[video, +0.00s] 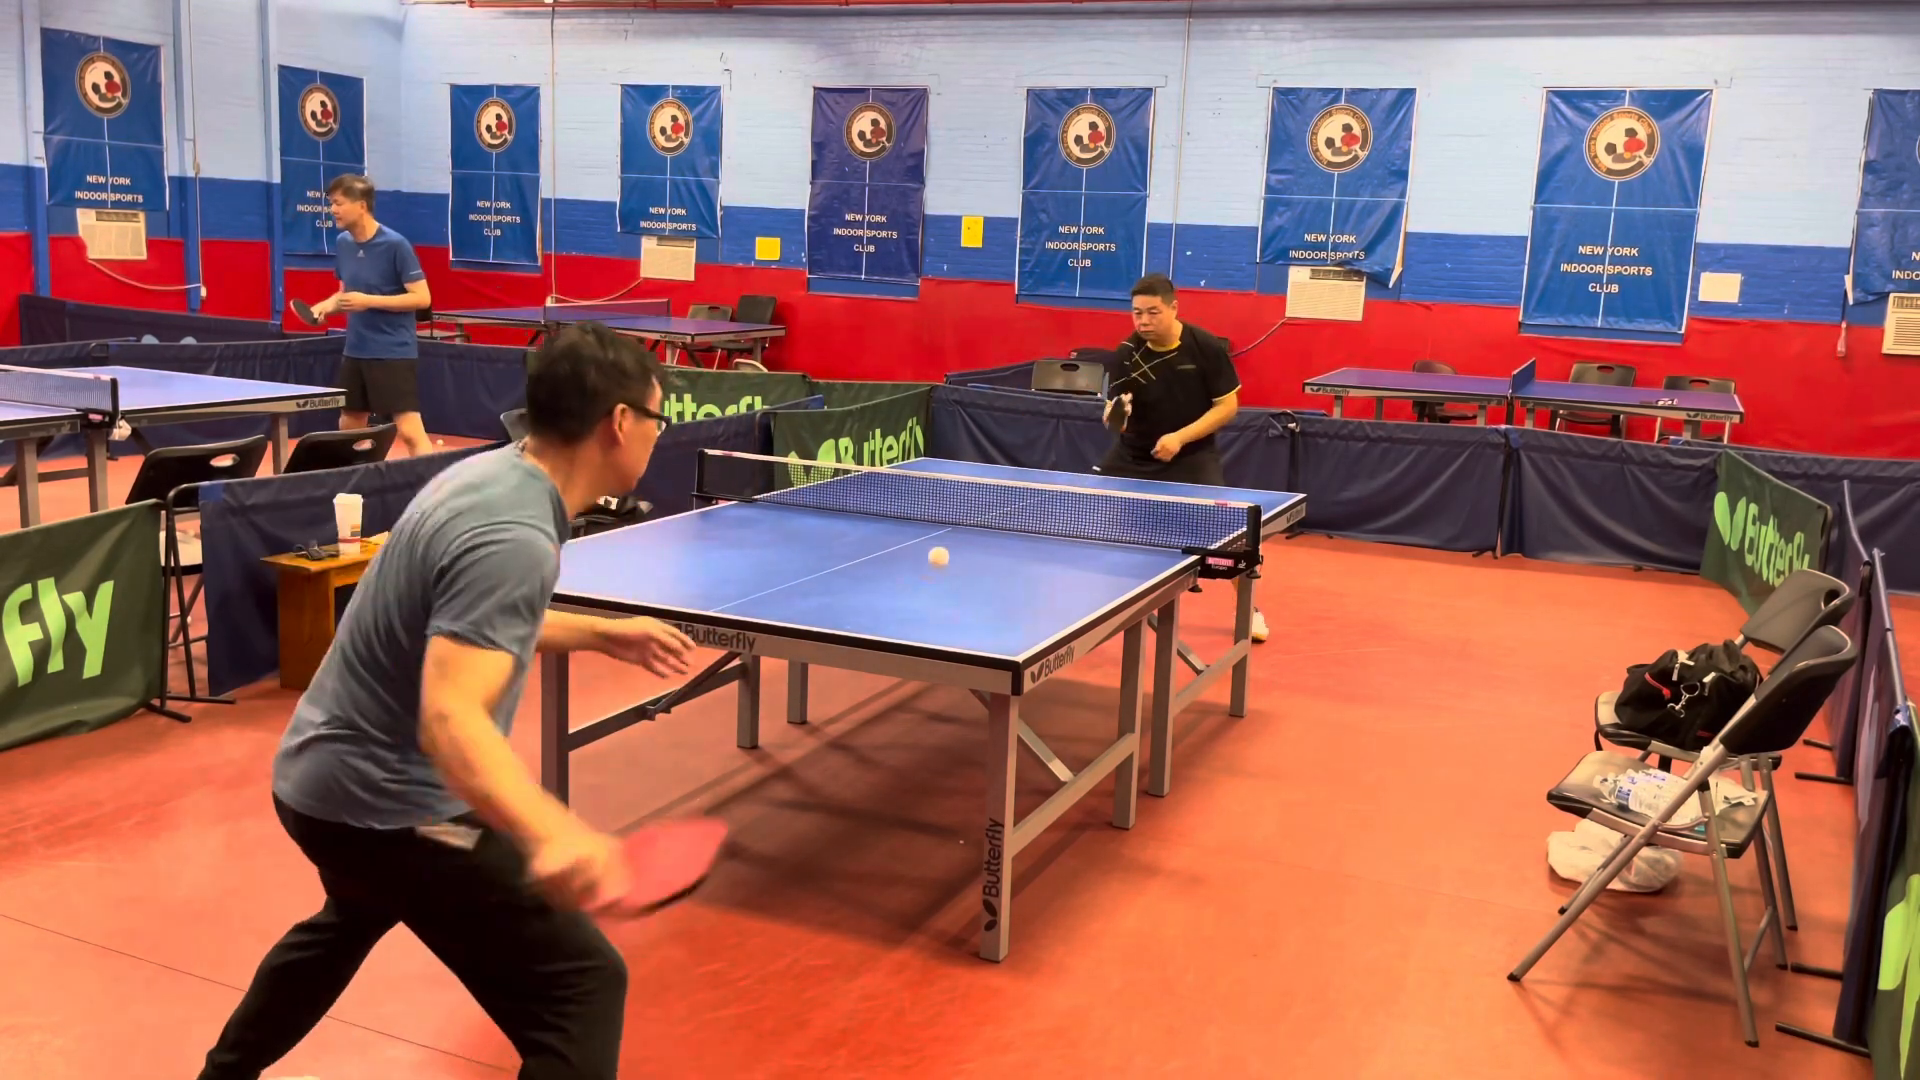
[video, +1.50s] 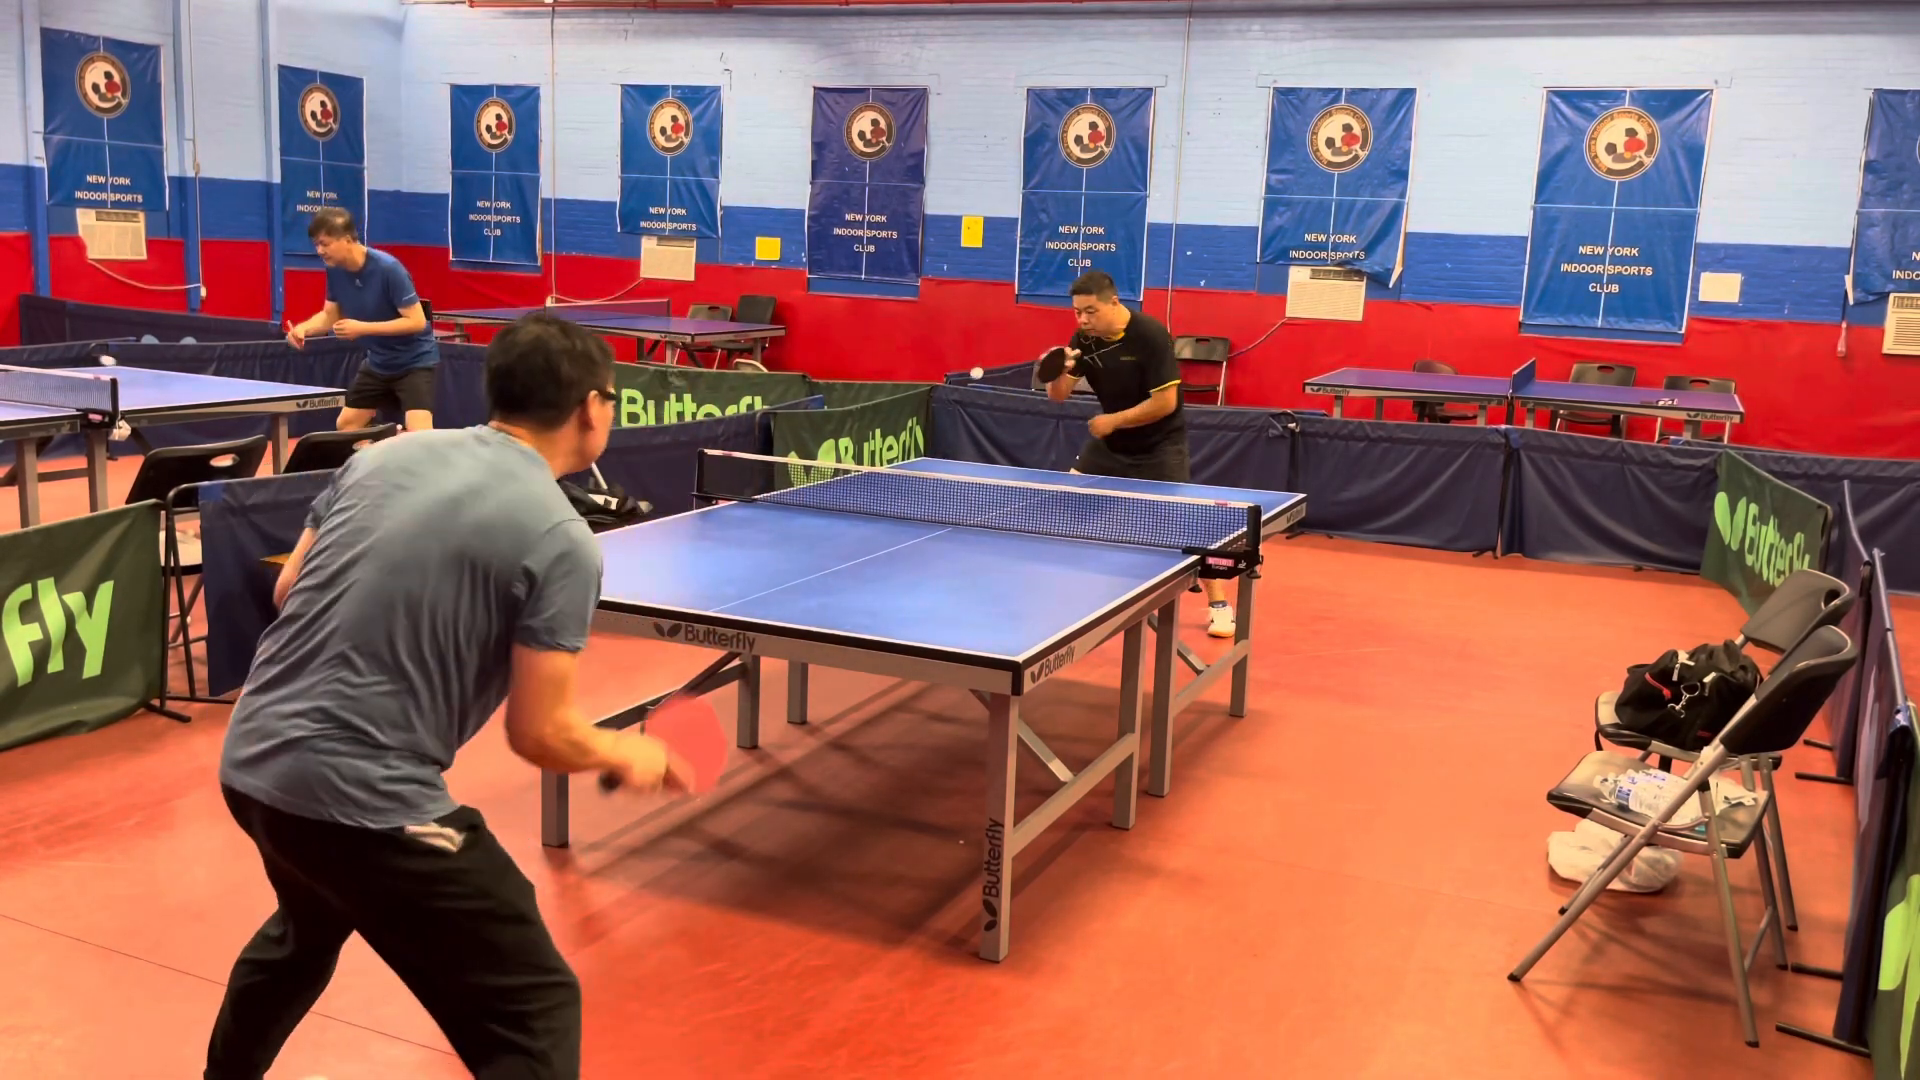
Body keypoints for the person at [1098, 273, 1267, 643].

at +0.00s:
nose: (1142, 320)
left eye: (1151, 312)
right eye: (1137, 312)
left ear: (1173, 309)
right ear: (1132, 313)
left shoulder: (1208, 349)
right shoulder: (1125, 355)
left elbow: (1229, 406)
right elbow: (1112, 419)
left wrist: (1180, 437)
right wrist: (1119, 411)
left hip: (1193, 458)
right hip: (1132, 455)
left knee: (1213, 523)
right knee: (1085, 507)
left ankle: (1247, 608)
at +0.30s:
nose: (1088, 323)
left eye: (1096, 314)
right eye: (1084, 314)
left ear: (1120, 308)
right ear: (1082, 311)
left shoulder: (1143, 345)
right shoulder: (1117, 338)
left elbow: (1139, 419)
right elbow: (1119, 389)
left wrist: (1095, 423)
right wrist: (1087, 413)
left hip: (1173, 454)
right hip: (1136, 447)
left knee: (1194, 528)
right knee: (1089, 502)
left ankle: (1257, 606)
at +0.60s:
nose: (1064, 324)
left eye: (1070, 315)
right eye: (1060, 315)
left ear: (1096, 307)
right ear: (1057, 313)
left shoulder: (1133, 335)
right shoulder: (1069, 343)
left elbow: (1153, 398)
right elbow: (1031, 386)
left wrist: (1104, 421)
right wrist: (1022, 359)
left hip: (1161, 445)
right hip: (1113, 444)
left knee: (1188, 522)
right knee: (1059, 504)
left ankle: (1243, 601)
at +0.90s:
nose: (1094, 330)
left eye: (1103, 321)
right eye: (1088, 322)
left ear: (1123, 317)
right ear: (1081, 321)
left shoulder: (1155, 350)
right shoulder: (1077, 358)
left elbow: (1180, 405)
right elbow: (1061, 418)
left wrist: (1135, 437)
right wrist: (1062, 418)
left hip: (1155, 448)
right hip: (1094, 446)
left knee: (1192, 511)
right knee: (1043, 497)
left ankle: (1211, 599)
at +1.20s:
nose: (1058, 319)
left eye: (1066, 310)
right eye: (1053, 310)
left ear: (1090, 304)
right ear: (1049, 309)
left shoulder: (1110, 340)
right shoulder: (1081, 334)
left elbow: (1113, 413)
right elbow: (1087, 381)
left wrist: (1070, 419)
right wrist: (1053, 407)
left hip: (1141, 445)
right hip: (1101, 439)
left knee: (1166, 520)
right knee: (1056, 502)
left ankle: (1217, 598)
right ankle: (1043, 586)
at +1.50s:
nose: (1081, 321)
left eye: (1088, 312)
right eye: (1077, 312)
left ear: (1112, 304)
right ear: (1077, 309)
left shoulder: (1151, 334)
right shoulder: (1084, 339)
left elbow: (1166, 402)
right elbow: (1058, 396)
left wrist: (1113, 420)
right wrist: (1059, 370)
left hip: (1160, 445)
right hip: (1110, 444)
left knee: (1185, 519)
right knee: (1063, 498)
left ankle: (1218, 602)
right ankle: (1047, 587)